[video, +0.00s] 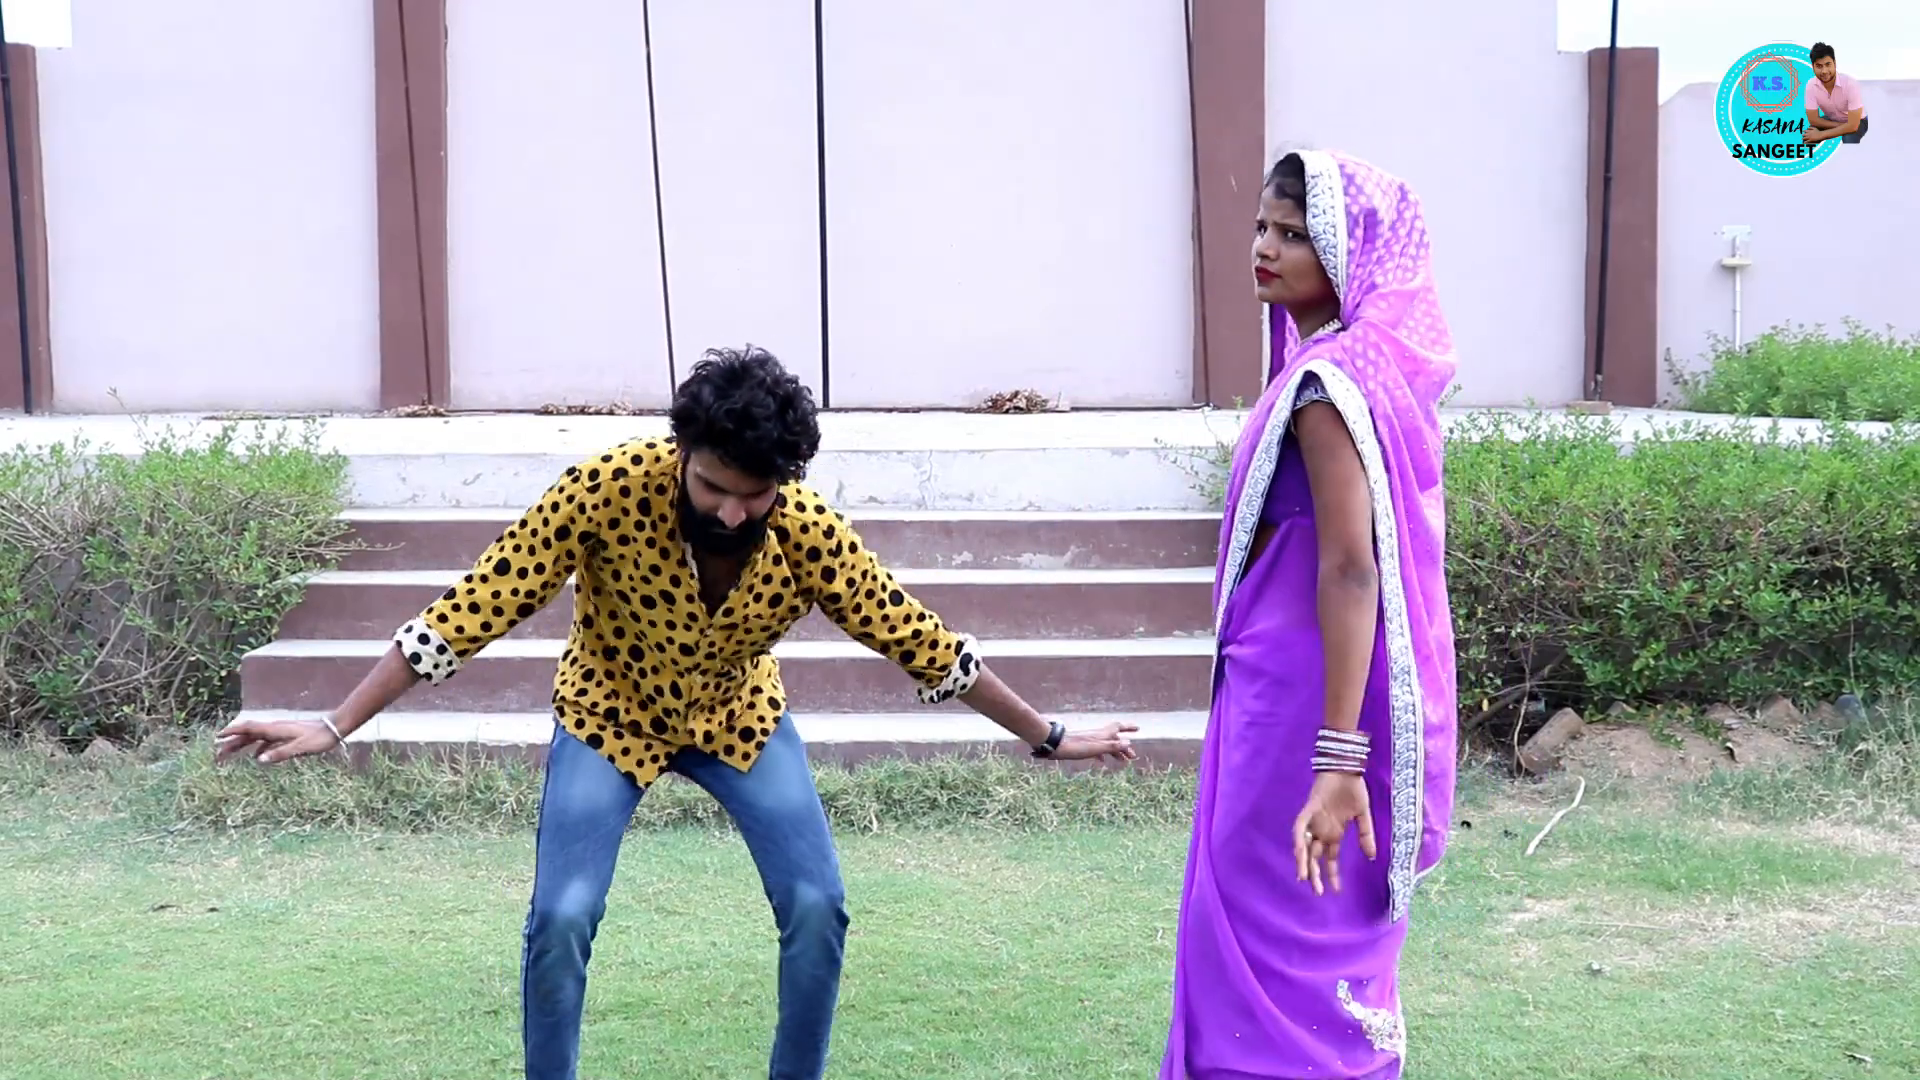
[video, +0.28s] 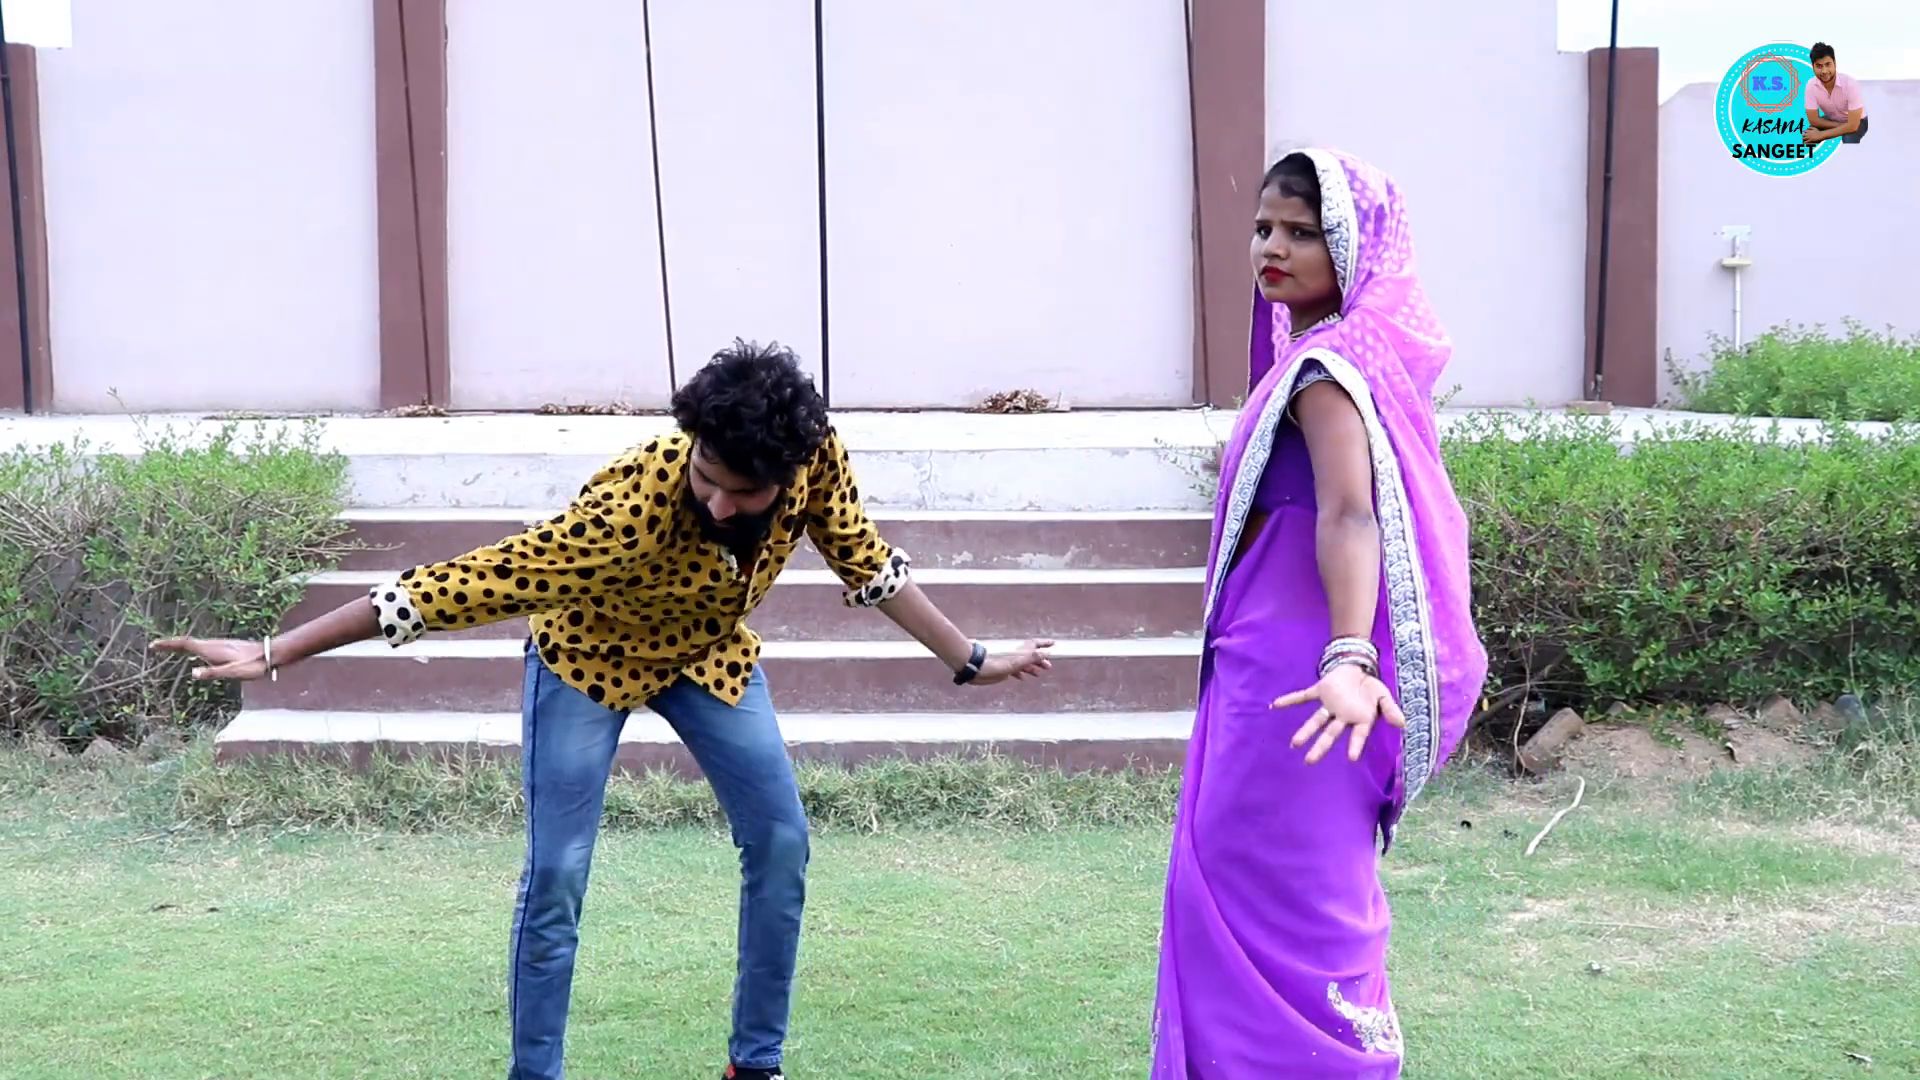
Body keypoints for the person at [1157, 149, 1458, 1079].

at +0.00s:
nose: (1262, 249)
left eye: (1287, 235)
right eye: (1262, 230)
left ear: (1350, 255)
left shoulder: (1326, 382)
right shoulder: (1382, 366)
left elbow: (1353, 573)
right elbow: (1374, 571)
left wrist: (1341, 755)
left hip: (1299, 728)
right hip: (1348, 718)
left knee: (1263, 973)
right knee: (1333, 970)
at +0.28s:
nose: (1271, 249)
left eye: (1298, 234)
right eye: (1265, 230)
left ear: (1355, 253)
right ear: (1256, 235)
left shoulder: (1325, 367)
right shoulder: (1351, 357)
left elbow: (1353, 514)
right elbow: (1341, 522)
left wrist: (1351, 655)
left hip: (1291, 691)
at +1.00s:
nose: (1182, 311)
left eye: (1206, 292)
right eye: (1171, 291)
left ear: (1263, 296)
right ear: (1162, 290)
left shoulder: (1258, 403)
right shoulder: (1219, 384)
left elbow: (1262, 523)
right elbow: (1183, 273)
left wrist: (1272, 624)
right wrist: (1165, 141)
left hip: (1170, 691)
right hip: (1162, 687)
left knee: (1077, 909)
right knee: (1167, 925)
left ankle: (1121, 1063)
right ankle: (1187, 1056)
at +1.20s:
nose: (1134, 316)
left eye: (1158, 295)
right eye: (1123, 294)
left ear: (1213, 303)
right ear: (1114, 292)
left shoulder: (1199, 410)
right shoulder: (1198, 391)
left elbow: (1212, 519)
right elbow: (1168, 272)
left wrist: (1203, 625)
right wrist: (1148, 162)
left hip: (1127, 718)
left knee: (1019, 924)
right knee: (1127, 930)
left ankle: (1100, 1064)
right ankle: (1158, 1055)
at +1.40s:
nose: (1130, 317)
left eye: (1153, 299)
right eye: (1118, 296)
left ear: (1209, 305)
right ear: (1111, 295)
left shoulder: (1200, 412)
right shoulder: (1169, 392)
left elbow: (1191, 534)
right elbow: (1142, 272)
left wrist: (1203, 630)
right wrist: (1143, 157)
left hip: (1111, 701)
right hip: (1094, 693)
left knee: (1037, 930)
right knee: (1108, 936)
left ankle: (1067, 1066)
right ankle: (1133, 1059)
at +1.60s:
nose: (1124, 313)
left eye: (1148, 293)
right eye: (1113, 291)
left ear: (1202, 306)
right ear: (1107, 292)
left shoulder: (1191, 413)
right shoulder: (1164, 394)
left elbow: (1182, 525)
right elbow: (1136, 269)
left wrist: (1180, 625)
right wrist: (1135, 165)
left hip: (1111, 711)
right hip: (1088, 702)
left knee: (1060, 914)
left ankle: (1127, 1061)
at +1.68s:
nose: (1121, 316)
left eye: (1145, 296)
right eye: (1110, 294)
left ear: (1200, 308)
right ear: (1104, 295)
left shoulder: (1186, 419)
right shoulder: (1166, 400)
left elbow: (1175, 529)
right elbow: (1129, 284)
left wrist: (1162, 627)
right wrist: (1135, 173)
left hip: (1109, 725)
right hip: (1098, 716)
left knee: (1037, 931)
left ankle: (1098, 1062)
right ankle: (1142, 1055)